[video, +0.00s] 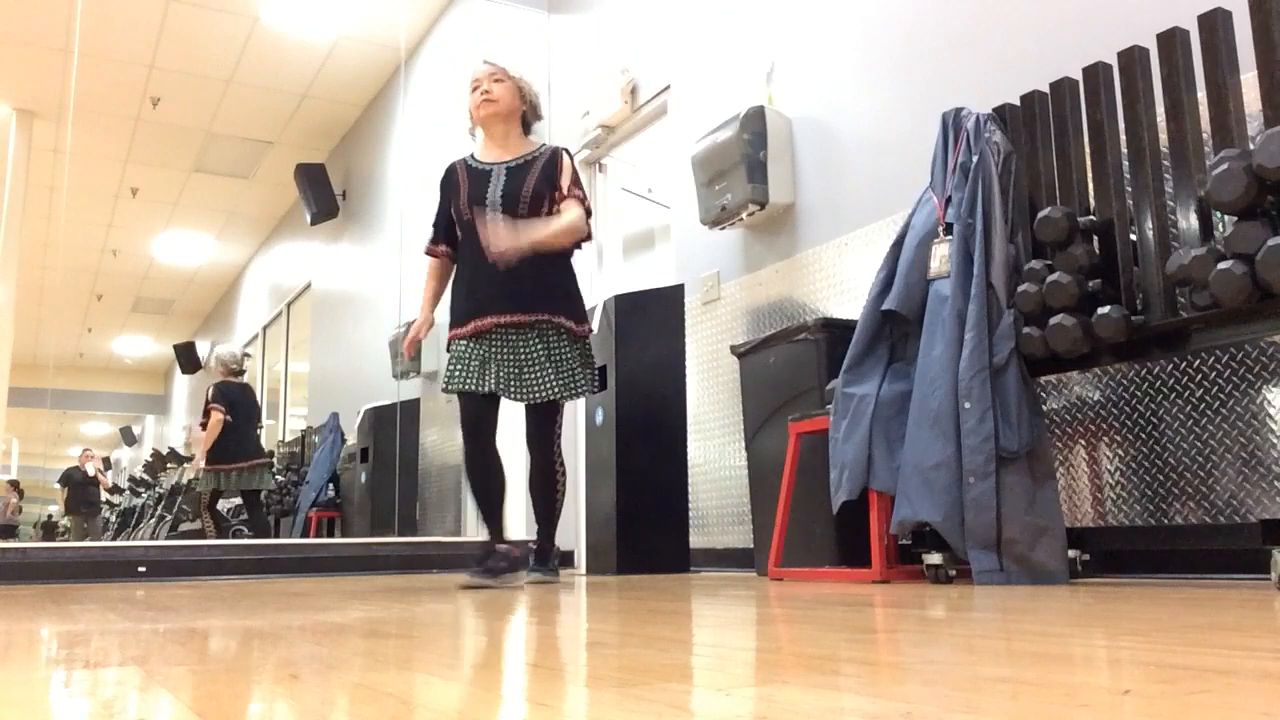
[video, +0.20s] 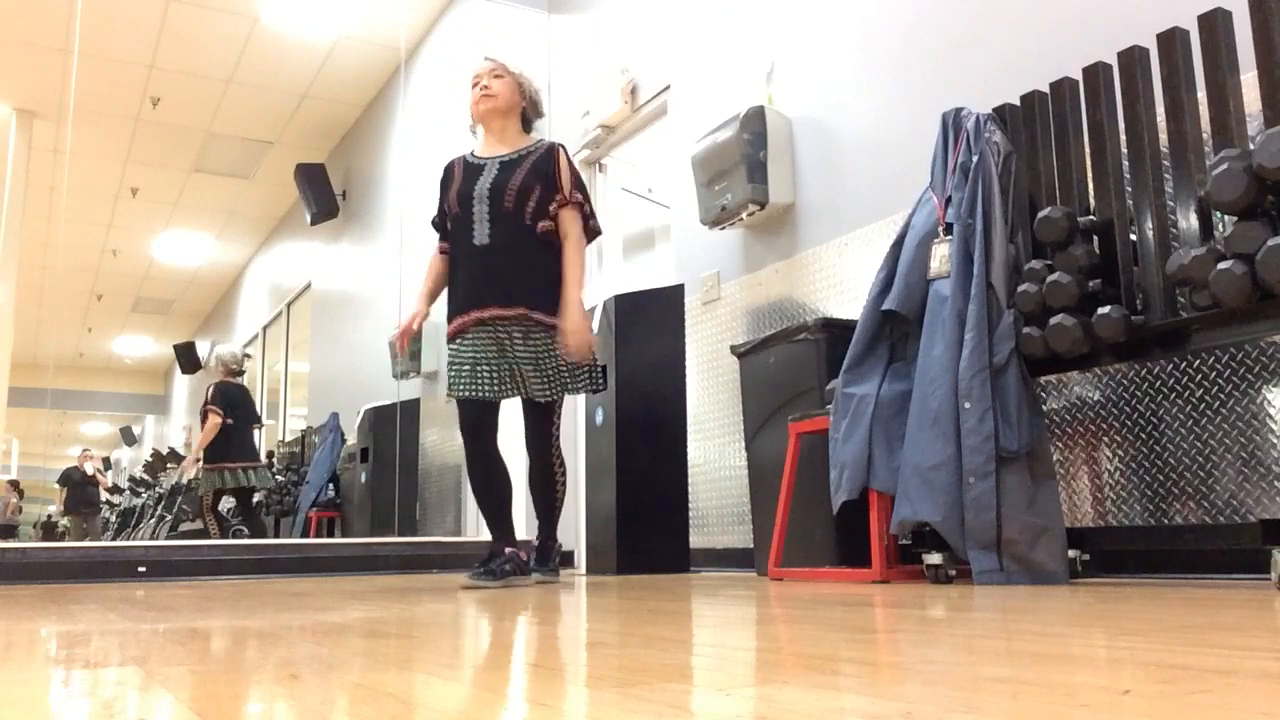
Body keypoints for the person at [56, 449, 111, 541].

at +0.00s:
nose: (89, 459)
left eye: (92, 457)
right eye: (86, 456)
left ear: (94, 459)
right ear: (80, 458)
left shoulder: (97, 471)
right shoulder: (71, 471)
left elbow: (107, 485)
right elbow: (61, 488)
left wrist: (96, 471)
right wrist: (61, 506)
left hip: (94, 511)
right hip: (76, 512)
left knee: (96, 540)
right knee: (77, 541)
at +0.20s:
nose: (88, 460)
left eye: (90, 457)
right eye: (85, 457)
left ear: (93, 459)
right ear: (79, 458)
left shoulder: (96, 471)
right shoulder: (69, 471)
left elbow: (106, 484)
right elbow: (61, 489)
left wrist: (95, 472)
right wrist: (59, 505)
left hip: (93, 511)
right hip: (75, 512)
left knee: (96, 539)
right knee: (76, 540)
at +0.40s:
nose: (86, 460)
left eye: (89, 458)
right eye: (84, 457)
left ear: (92, 459)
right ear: (78, 458)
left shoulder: (95, 471)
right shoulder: (69, 471)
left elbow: (105, 484)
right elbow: (59, 489)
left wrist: (93, 473)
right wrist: (57, 506)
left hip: (92, 510)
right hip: (74, 511)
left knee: (95, 538)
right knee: (75, 539)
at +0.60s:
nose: (85, 460)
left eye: (87, 458)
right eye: (82, 458)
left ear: (90, 460)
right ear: (76, 459)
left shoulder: (94, 471)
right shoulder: (68, 472)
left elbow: (104, 484)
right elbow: (59, 489)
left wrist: (92, 474)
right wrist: (57, 507)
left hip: (92, 511)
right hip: (74, 512)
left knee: (95, 538)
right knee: (75, 539)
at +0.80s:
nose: (84, 460)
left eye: (87, 458)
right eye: (82, 457)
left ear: (89, 459)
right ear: (76, 459)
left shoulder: (94, 471)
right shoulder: (67, 472)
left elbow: (103, 484)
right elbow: (58, 490)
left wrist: (91, 474)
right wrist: (57, 507)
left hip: (92, 512)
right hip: (73, 512)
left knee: (95, 539)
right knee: (74, 541)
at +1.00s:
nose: (84, 460)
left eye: (86, 458)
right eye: (81, 458)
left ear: (89, 460)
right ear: (76, 459)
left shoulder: (93, 471)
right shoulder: (67, 472)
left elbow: (103, 484)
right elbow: (58, 490)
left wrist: (91, 473)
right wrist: (56, 507)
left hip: (91, 512)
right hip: (73, 512)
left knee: (95, 540)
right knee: (74, 541)